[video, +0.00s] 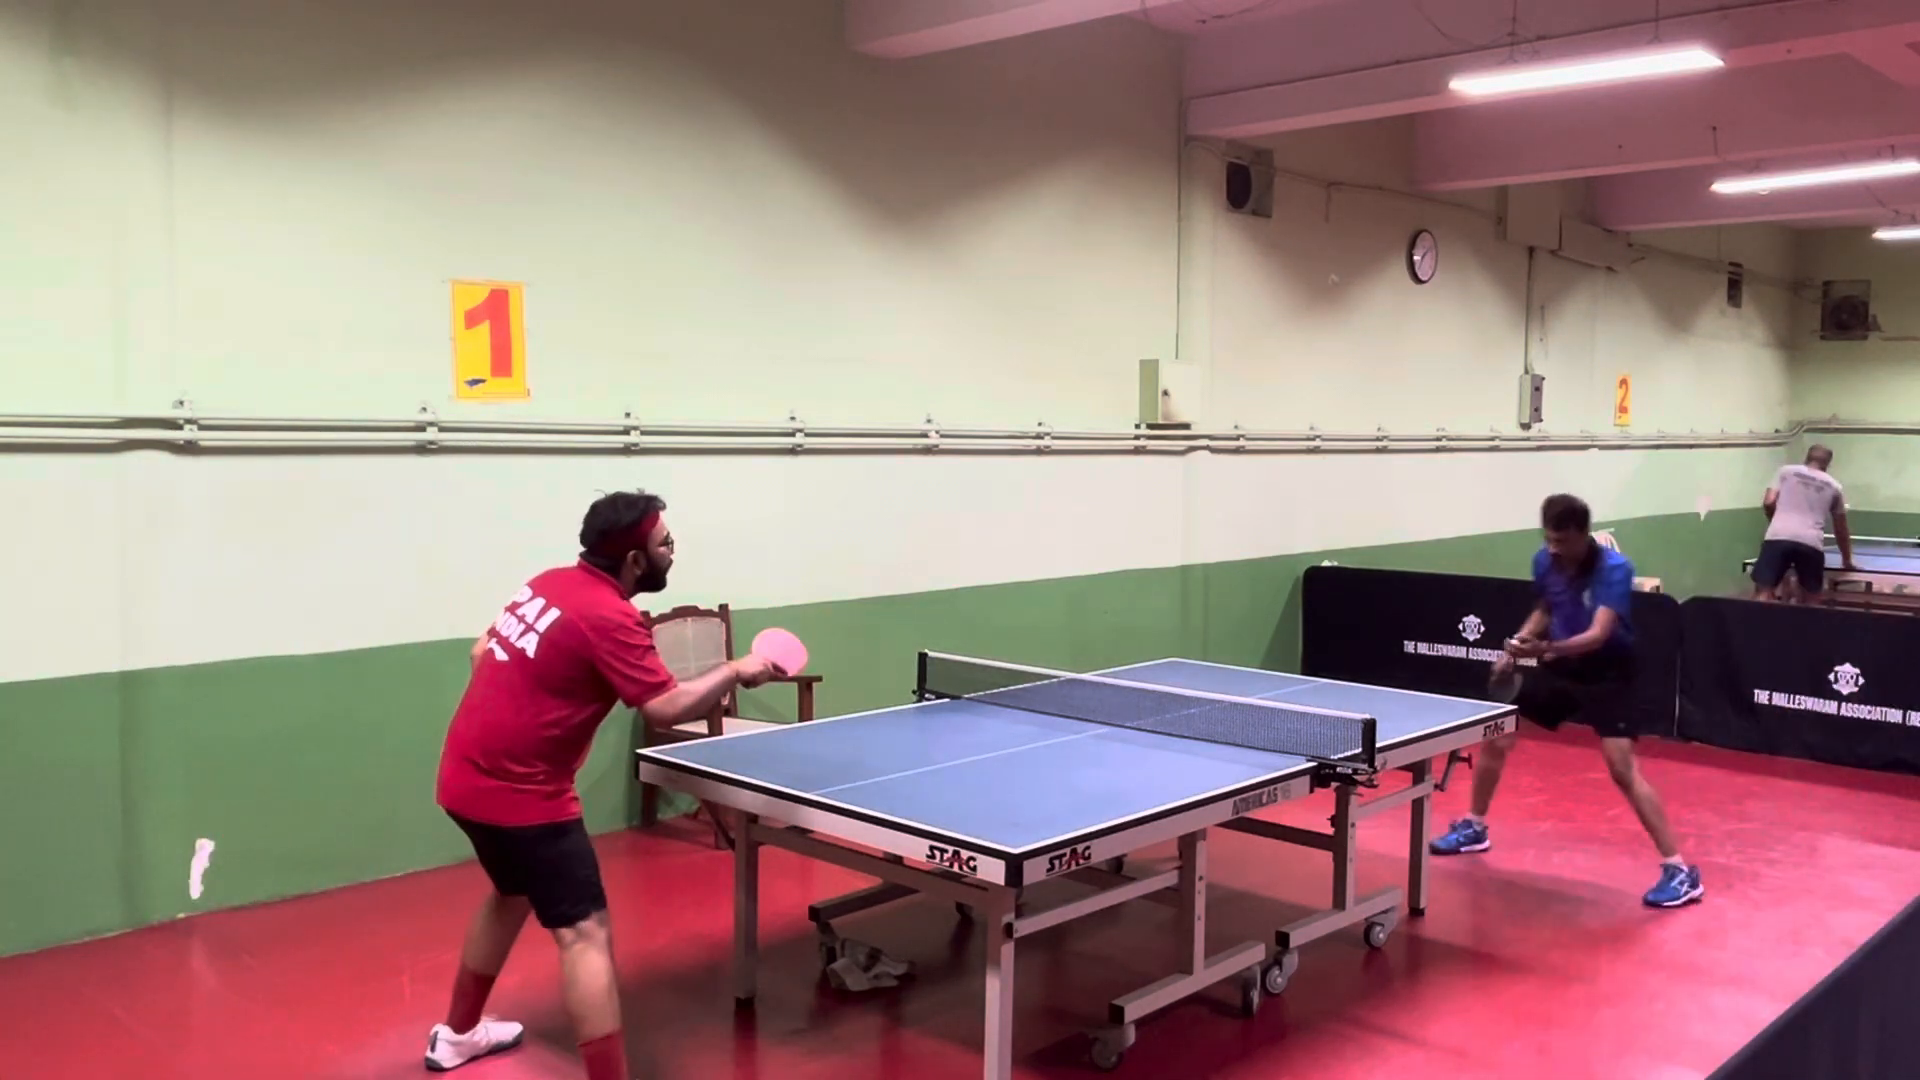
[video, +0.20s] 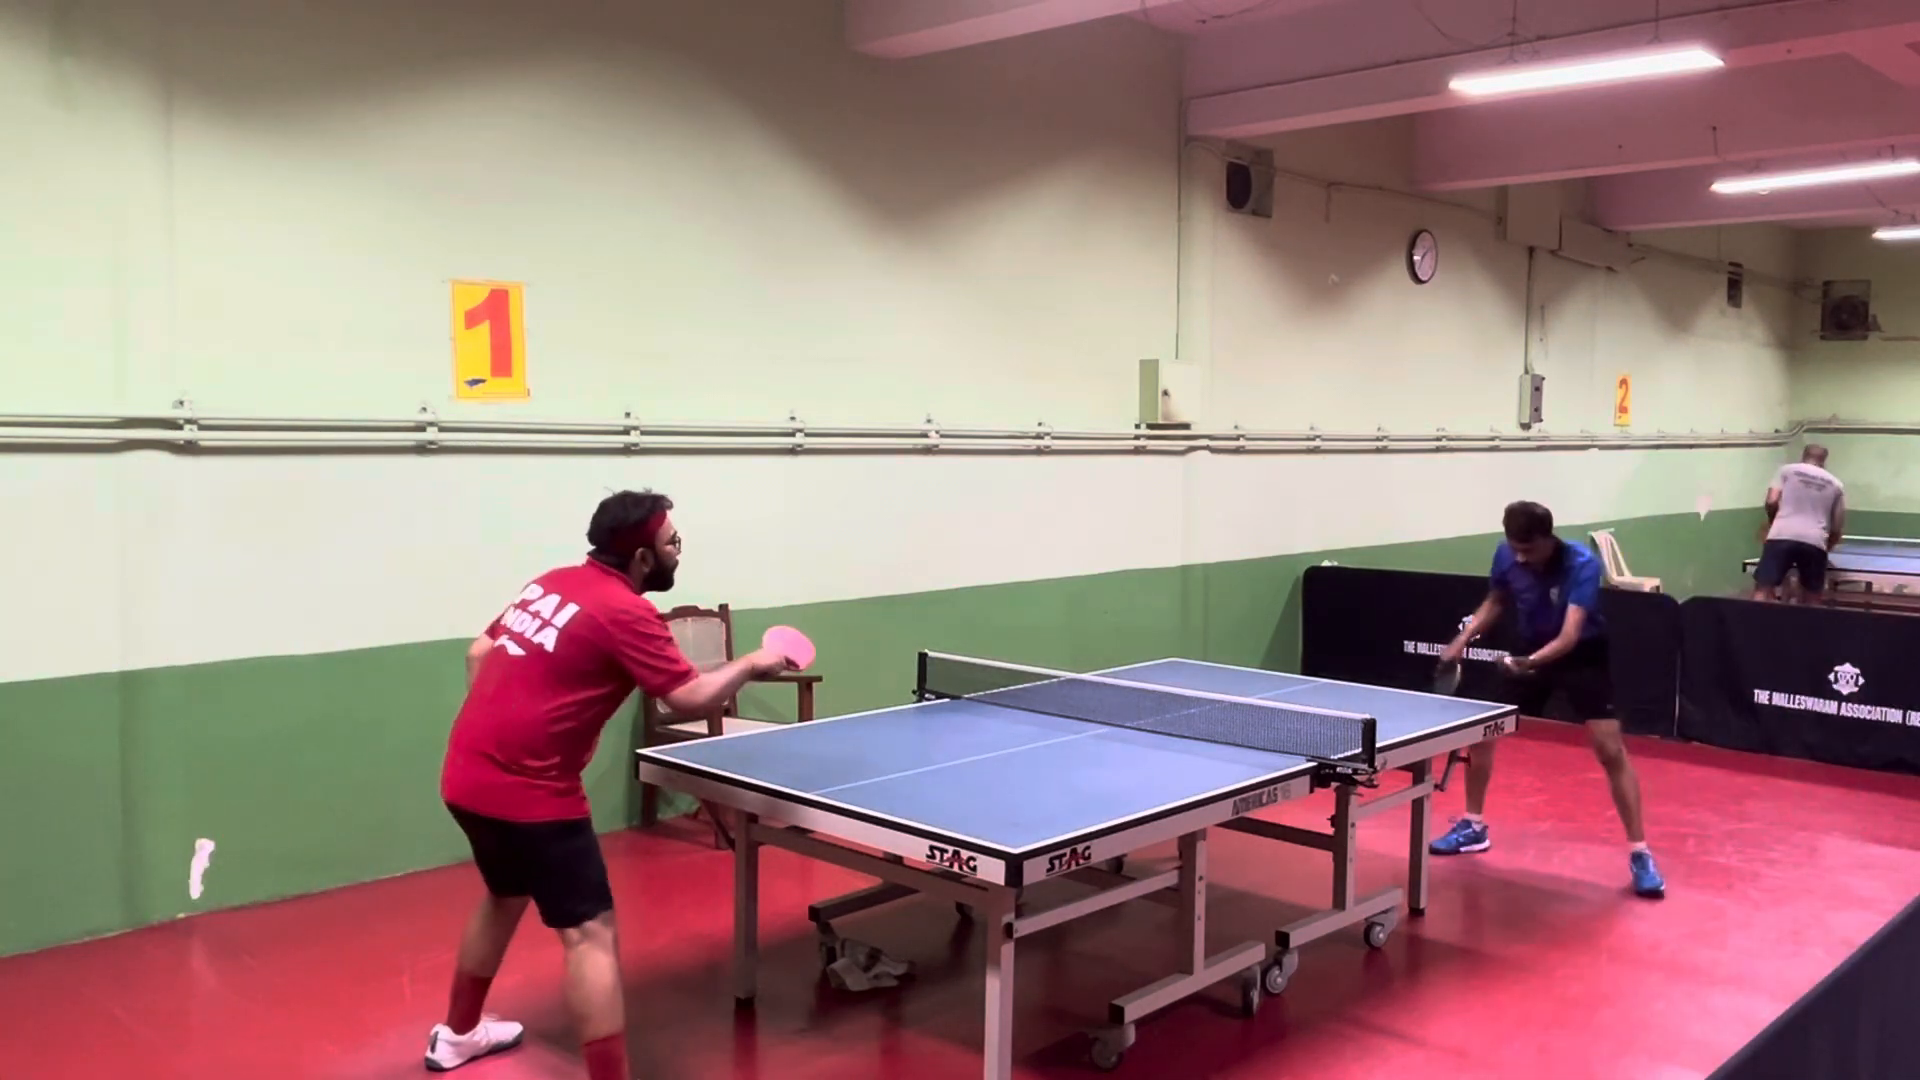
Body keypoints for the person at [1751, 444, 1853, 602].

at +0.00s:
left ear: (1806, 459)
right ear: (1827, 464)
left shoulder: (1785, 471)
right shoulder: (1834, 487)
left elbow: (1768, 502)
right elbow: (1841, 530)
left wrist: (1776, 522)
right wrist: (1847, 562)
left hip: (1777, 540)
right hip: (1810, 546)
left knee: (1764, 593)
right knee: (1812, 600)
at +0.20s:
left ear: (1803, 457)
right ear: (1823, 461)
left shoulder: (1786, 470)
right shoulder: (1836, 484)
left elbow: (1771, 501)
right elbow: (1836, 530)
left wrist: (1775, 524)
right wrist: (1823, 549)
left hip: (1781, 538)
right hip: (1814, 544)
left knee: (1763, 591)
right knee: (1813, 598)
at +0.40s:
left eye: (1792, 456)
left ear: (1791, 454)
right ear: (1812, 458)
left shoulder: (1778, 469)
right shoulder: (1827, 482)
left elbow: (1766, 499)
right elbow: (1824, 524)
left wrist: (1760, 520)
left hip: (1776, 538)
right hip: (1808, 542)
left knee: (1754, 592)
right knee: (1810, 600)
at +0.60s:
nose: (1769, 459)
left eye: (1770, 456)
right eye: (1771, 456)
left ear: (1772, 455)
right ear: (1791, 456)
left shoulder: (1761, 472)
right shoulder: (1807, 481)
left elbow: (1750, 503)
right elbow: (1806, 513)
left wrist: (1738, 520)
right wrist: (1802, 526)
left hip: (1760, 542)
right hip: (1791, 546)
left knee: (1743, 594)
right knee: (1796, 599)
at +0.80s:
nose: (1748, 456)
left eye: (1748, 452)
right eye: (1748, 452)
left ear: (1750, 452)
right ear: (1769, 451)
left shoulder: (1744, 472)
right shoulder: (1789, 477)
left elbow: (1734, 504)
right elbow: (1791, 514)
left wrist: (1723, 517)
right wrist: (1786, 523)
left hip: (1744, 545)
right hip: (1775, 546)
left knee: (1735, 597)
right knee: (1781, 599)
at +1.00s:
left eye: (1739, 450)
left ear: (1739, 450)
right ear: (1760, 450)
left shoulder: (1729, 471)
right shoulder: (1779, 473)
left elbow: (1724, 507)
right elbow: (1785, 514)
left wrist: (1725, 517)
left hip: (1736, 546)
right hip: (1768, 547)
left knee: (1733, 601)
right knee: (1769, 601)